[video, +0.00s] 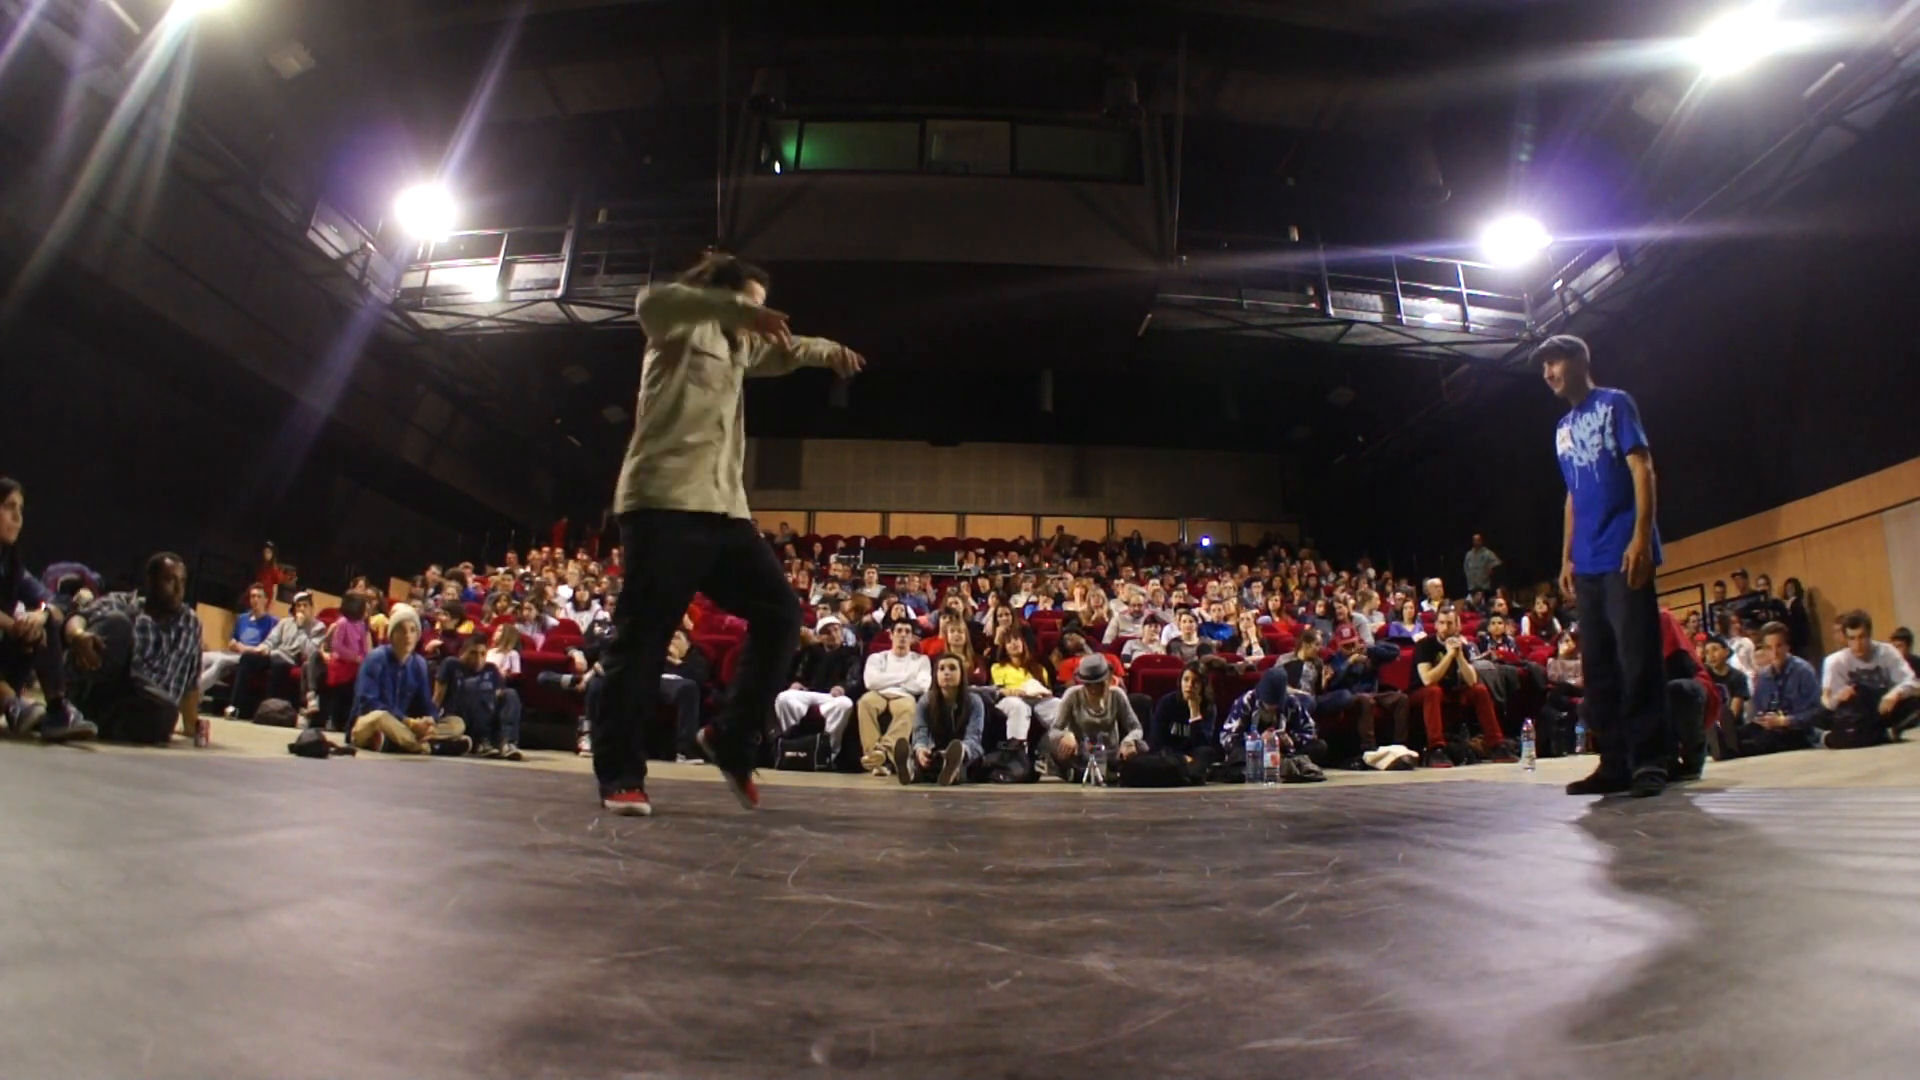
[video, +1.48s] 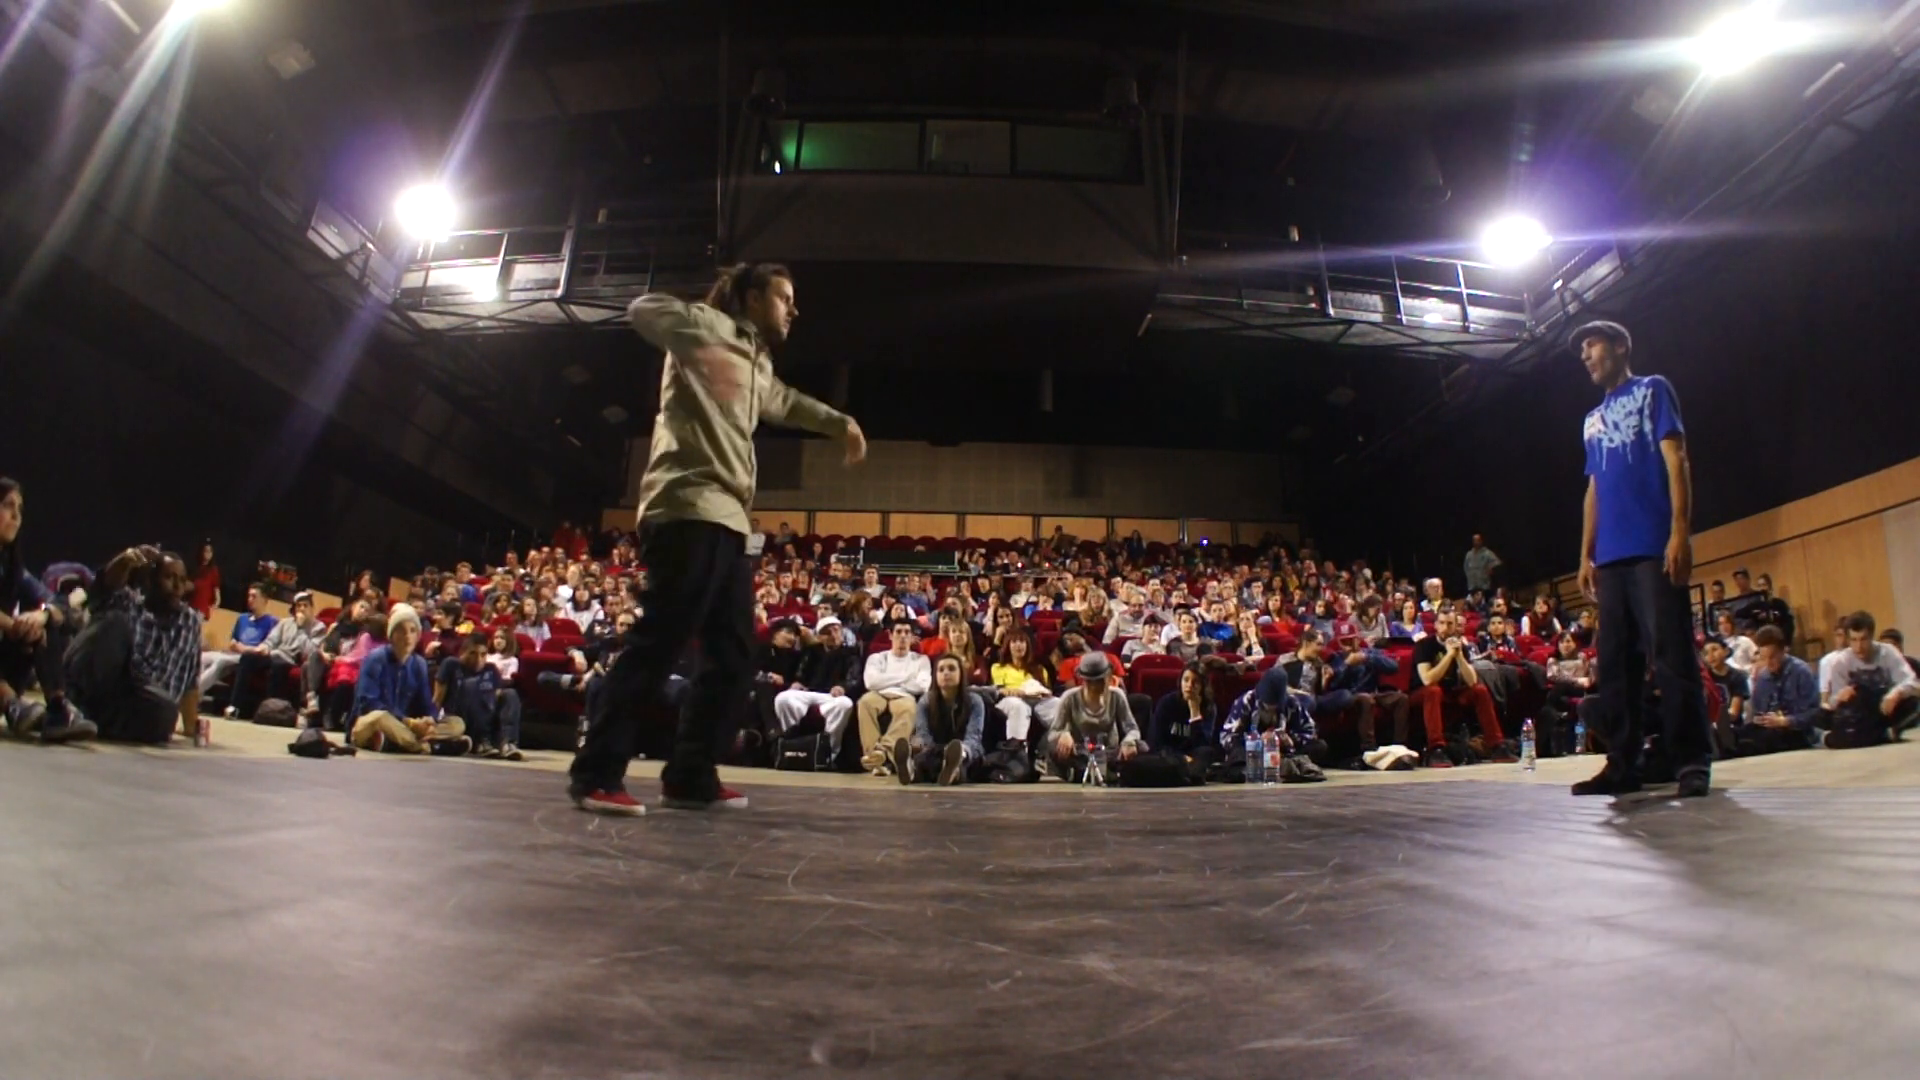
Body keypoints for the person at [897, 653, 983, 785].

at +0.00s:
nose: (947, 673)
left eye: (952, 668)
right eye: (942, 668)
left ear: (961, 673)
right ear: (936, 674)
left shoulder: (974, 701)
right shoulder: (925, 701)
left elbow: (974, 738)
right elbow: (920, 731)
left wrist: (961, 751)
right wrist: (920, 748)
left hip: (962, 751)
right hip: (933, 750)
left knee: (955, 762)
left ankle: (949, 773)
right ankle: (910, 768)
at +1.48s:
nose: (946, 673)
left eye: (951, 669)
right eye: (941, 670)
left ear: (961, 674)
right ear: (935, 675)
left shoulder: (974, 701)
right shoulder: (925, 702)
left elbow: (974, 737)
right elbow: (922, 735)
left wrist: (962, 751)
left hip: (963, 749)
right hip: (935, 749)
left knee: (956, 762)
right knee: (927, 759)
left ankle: (949, 773)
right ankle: (912, 768)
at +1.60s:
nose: (946, 674)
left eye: (951, 669)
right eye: (941, 670)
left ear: (961, 674)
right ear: (935, 675)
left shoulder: (974, 701)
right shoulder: (925, 701)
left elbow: (974, 737)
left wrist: (962, 752)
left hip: (963, 750)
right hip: (935, 750)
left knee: (956, 763)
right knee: (926, 761)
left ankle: (950, 773)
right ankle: (912, 769)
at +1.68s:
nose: (946, 674)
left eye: (951, 670)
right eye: (941, 671)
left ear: (961, 674)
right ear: (935, 675)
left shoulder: (974, 701)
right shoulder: (925, 700)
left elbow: (973, 737)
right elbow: (923, 732)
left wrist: (962, 752)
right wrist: (936, 749)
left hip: (963, 749)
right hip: (935, 750)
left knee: (957, 762)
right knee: (925, 761)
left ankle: (950, 773)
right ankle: (911, 769)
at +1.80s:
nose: (946, 674)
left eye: (951, 669)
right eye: (941, 670)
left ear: (961, 674)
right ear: (935, 675)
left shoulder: (974, 701)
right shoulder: (925, 701)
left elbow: (973, 737)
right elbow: (925, 738)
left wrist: (962, 752)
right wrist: (940, 749)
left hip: (964, 748)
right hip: (936, 750)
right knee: (927, 761)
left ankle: (949, 773)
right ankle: (912, 768)